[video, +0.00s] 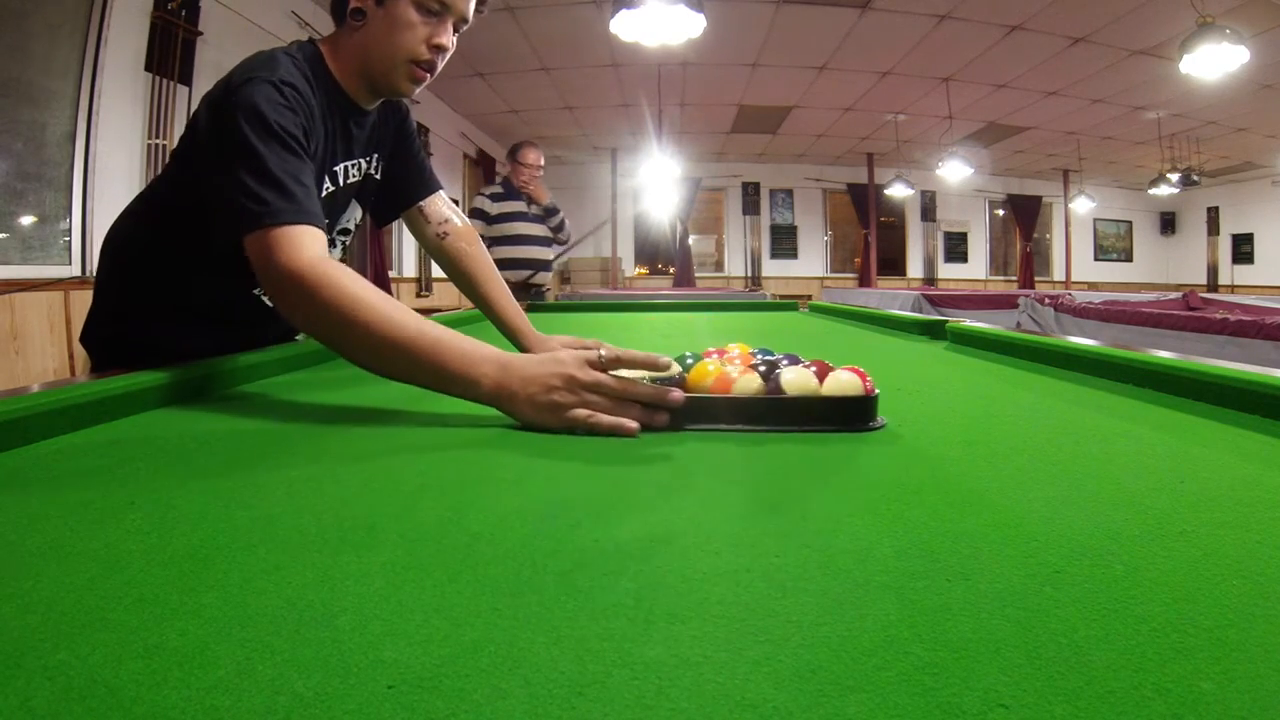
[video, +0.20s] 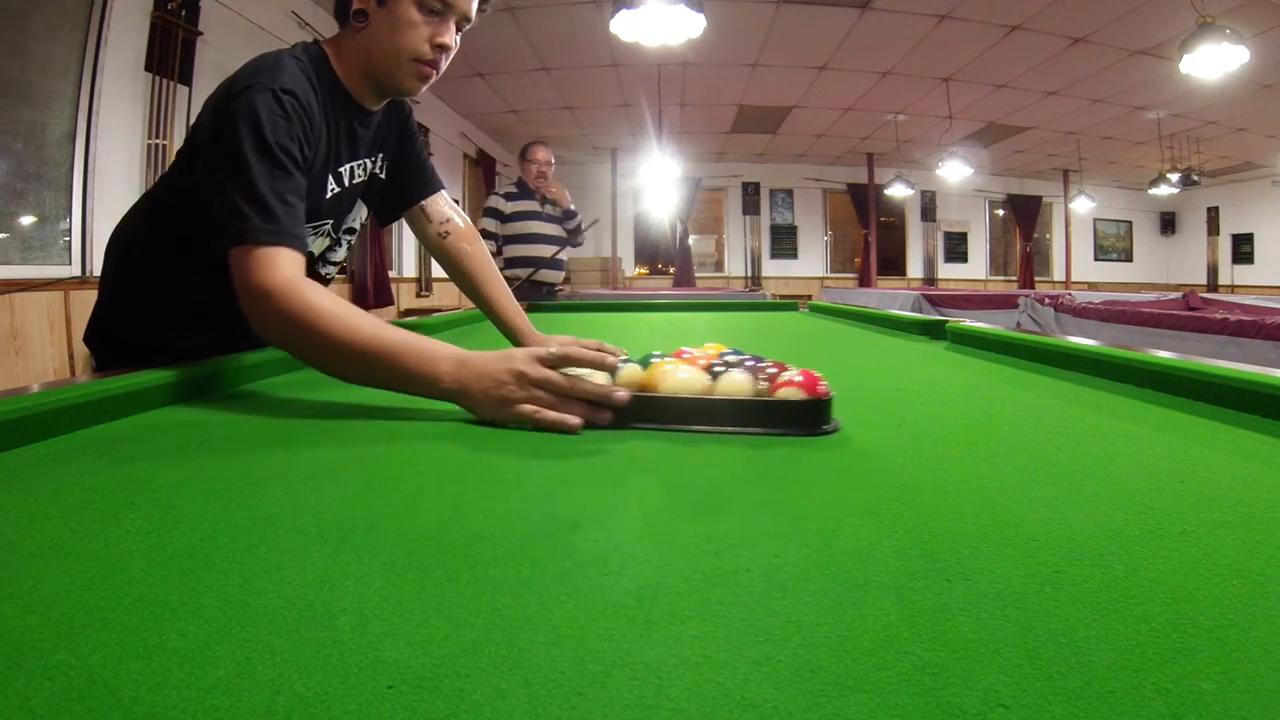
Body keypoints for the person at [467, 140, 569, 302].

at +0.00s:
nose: (536, 174)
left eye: (540, 168)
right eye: (529, 167)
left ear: (543, 169)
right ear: (511, 164)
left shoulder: (541, 199)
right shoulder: (489, 196)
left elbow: (564, 239)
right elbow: (472, 241)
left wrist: (547, 203)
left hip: (537, 293)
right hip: (502, 291)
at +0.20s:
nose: (542, 169)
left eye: (548, 164)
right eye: (535, 163)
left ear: (554, 168)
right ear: (522, 165)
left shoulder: (559, 200)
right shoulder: (502, 198)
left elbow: (577, 240)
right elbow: (485, 249)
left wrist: (566, 205)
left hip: (550, 293)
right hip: (515, 291)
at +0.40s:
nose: (546, 167)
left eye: (552, 161)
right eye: (539, 161)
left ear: (559, 168)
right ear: (527, 166)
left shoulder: (564, 206)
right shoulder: (508, 198)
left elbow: (585, 244)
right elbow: (490, 244)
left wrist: (580, 218)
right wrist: (493, 284)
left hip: (557, 293)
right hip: (520, 291)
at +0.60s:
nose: (545, 163)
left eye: (551, 159)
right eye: (537, 158)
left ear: (558, 165)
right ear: (526, 165)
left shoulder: (567, 205)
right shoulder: (508, 201)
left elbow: (583, 228)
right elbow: (491, 248)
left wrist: (590, 239)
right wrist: (498, 288)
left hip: (562, 295)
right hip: (525, 294)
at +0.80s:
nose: (543, 161)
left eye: (548, 156)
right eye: (535, 157)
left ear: (556, 162)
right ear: (524, 164)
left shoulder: (571, 200)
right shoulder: (507, 202)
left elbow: (591, 233)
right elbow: (491, 247)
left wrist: (604, 262)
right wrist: (496, 284)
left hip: (566, 295)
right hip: (528, 295)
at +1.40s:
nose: (557, 155)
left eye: (564, 151)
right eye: (550, 152)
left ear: (574, 160)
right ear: (541, 161)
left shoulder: (592, 201)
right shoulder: (521, 201)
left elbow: (610, 241)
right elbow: (505, 244)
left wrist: (627, 275)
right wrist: (509, 285)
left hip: (583, 298)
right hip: (538, 299)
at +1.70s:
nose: (583, 155)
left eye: (590, 150)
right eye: (577, 150)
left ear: (600, 158)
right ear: (568, 159)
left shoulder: (618, 203)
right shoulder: (546, 200)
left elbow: (632, 244)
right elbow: (531, 243)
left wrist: (641, 282)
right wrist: (531, 282)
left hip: (605, 299)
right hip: (558, 299)